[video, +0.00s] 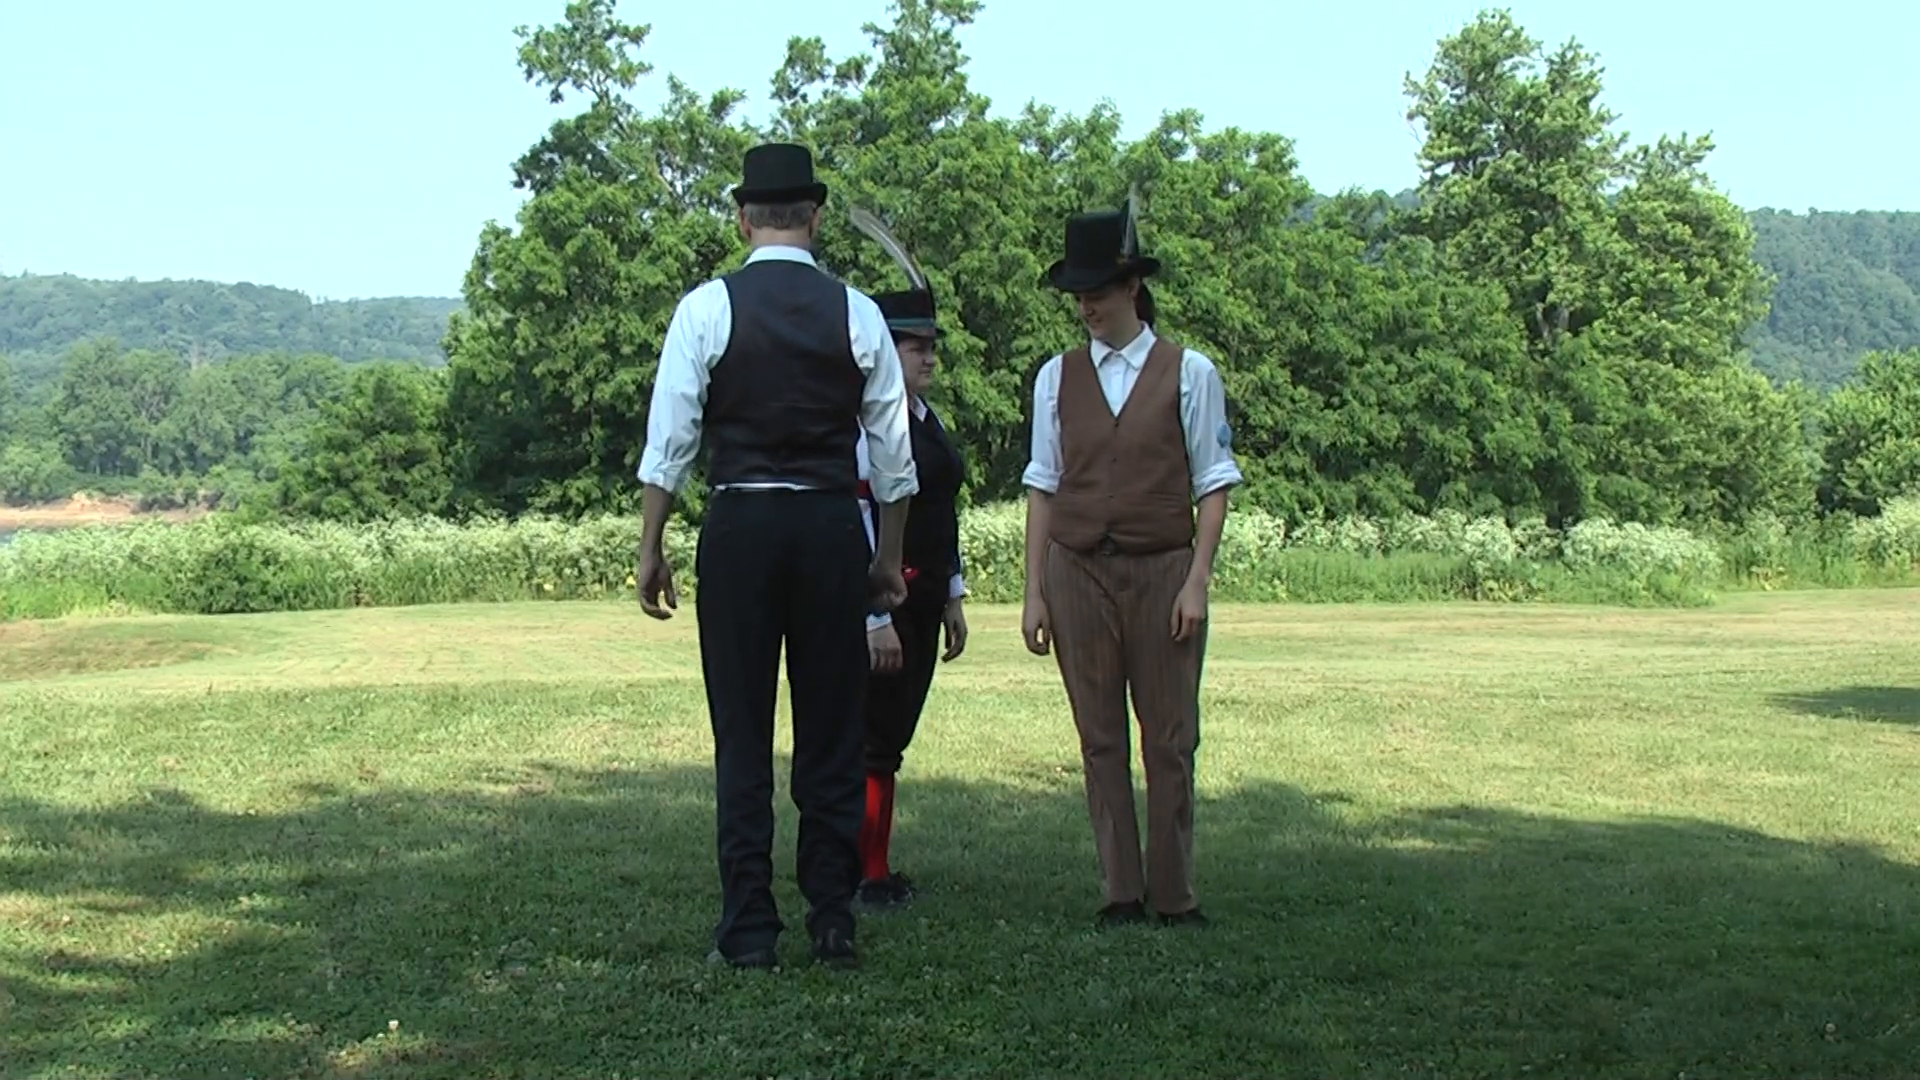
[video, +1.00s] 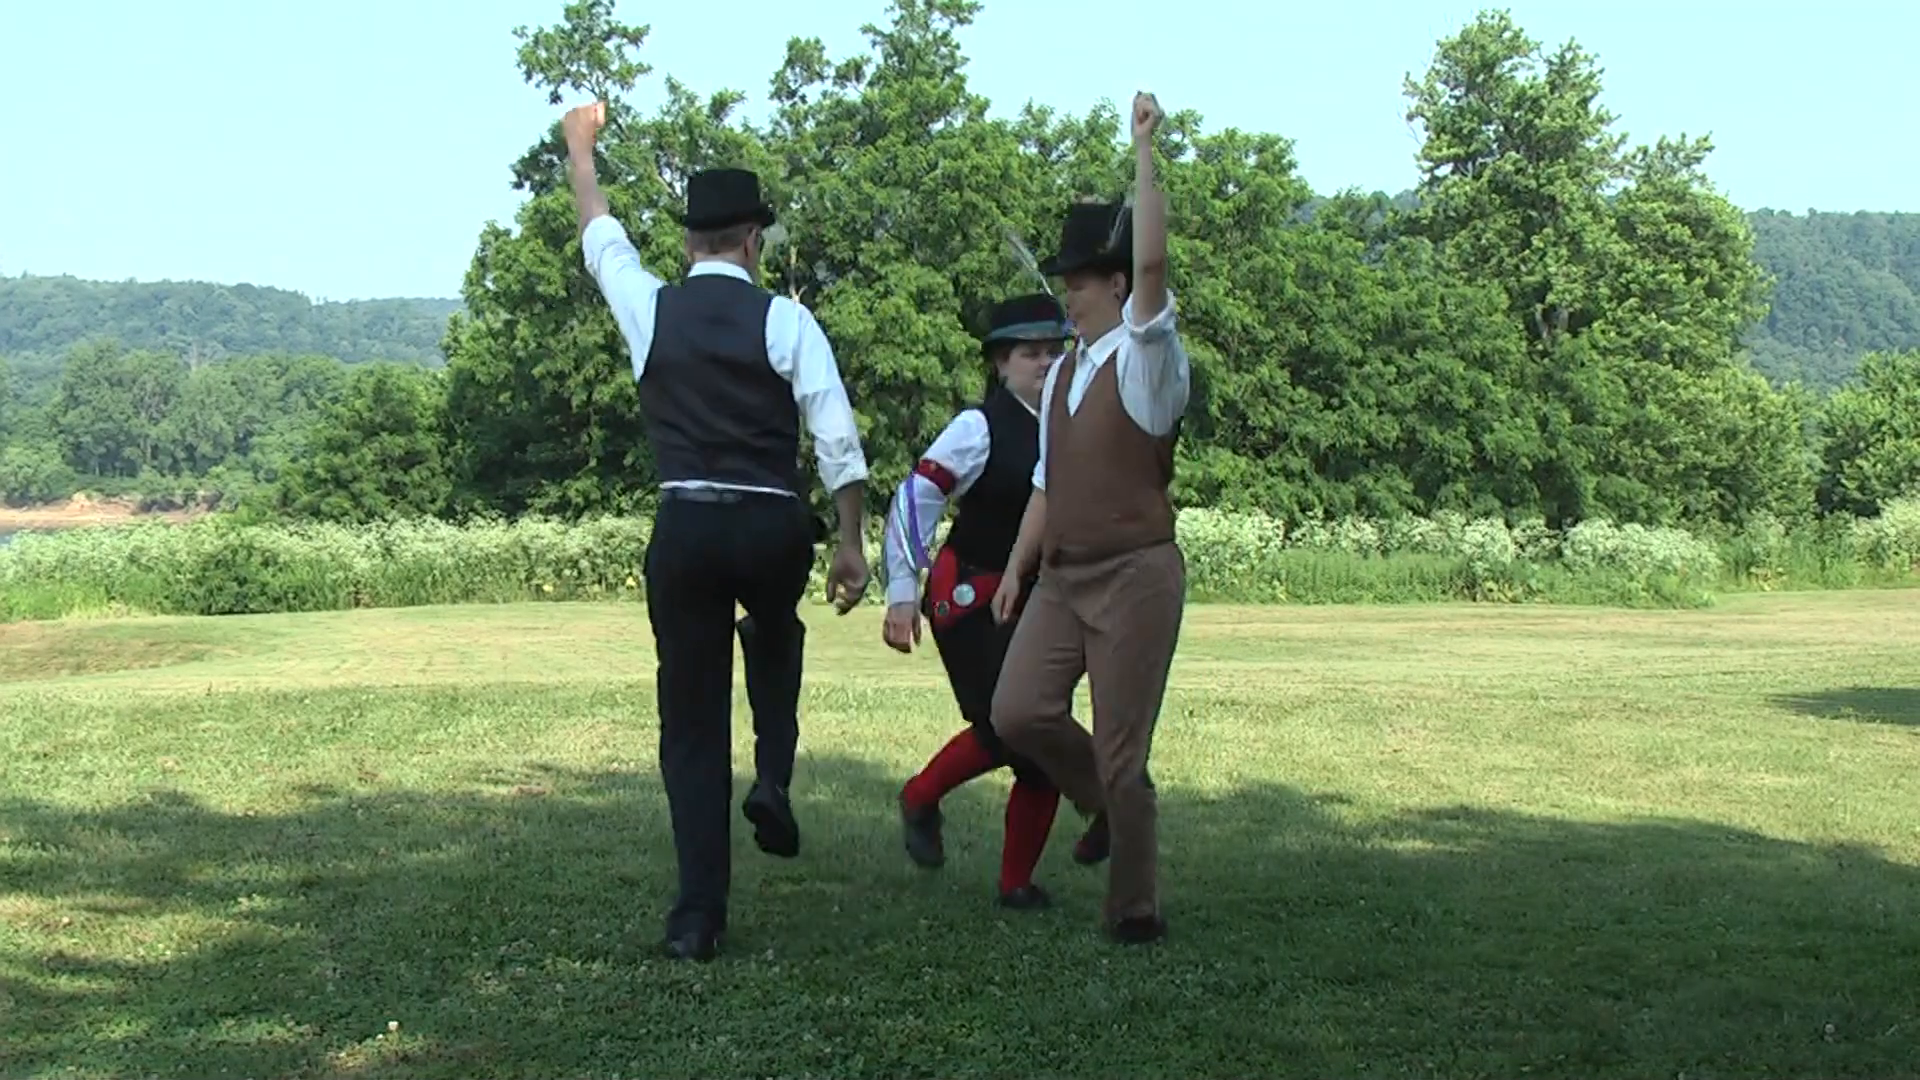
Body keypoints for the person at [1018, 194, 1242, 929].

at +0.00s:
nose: (1087, 306)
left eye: (1098, 293)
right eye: (1079, 296)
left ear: (1135, 288)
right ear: (1074, 299)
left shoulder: (1189, 372)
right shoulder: (1055, 377)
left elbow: (1215, 483)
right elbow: (1041, 489)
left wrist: (1198, 580)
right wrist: (1034, 591)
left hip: (1166, 575)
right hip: (1076, 577)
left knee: (1170, 744)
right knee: (1101, 745)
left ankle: (1173, 895)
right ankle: (1122, 894)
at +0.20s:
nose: (1084, 307)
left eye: (1096, 293)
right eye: (1075, 297)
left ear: (1132, 288)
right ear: (1069, 300)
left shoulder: (1187, 373)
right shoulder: (1053, 379)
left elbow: (1215, 486)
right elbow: (1039, 489)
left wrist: (1195, 581)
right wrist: (1031, 592)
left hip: (1163, 577)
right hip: (1074, 578)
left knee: (1169, 745)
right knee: (1099, 745)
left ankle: (1173, 895)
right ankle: (1121, 895)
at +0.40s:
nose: (1082, 309)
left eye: (1094, 295)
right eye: (1074, 299)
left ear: (1130, 290)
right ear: (1068, 303)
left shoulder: (1184, 376)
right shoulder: (1051, 380)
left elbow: (1221, 482)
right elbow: (1037, 492)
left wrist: (1186, 491)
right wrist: (1028, 593)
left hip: (1158, 579)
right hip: (1070, 579)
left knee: (1161, 746)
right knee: (1094, 746)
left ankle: (1174, 872)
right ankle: (1116, 896)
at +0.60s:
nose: (1083, 311)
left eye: (1096, 296)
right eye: (1074, 301)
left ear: (1132, 291)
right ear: (1068, 304)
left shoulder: (1178, 368)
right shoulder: (1050, 379)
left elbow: (1236, 420)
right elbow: (1037, 491)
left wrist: (1197, 328)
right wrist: (1028, 592)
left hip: (1156, 569)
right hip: (1069, 571)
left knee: (1131, 715)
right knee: (1091, 743)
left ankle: (1159, 769)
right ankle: (1114, 894)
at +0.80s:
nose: (1081, 308)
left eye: (1094, 293)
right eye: (1074, 295)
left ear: (1134, 291)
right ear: (1067, 297)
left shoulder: (1175, 363)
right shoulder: (1056, 371)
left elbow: (1215, 296)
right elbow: (1037, 485)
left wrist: (1192, 198)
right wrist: (1026, 586)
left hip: (1148, 577)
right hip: (1068, 578)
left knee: (1115, 749)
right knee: (1083, 751)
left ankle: (1142, 908)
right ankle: (1116, 899)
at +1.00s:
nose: (1066, 295)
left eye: (1077, 282)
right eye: (1063, 284)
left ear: (1117, 281)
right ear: (1071, 290)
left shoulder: (1147, 351)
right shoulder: (1063, 370)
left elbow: (1150, 263)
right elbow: (1044, 482)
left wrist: (1144, 152)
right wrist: (1018, 567)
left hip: (1136, 577)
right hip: (1061, 580)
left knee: (1119, 756)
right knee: (1019, 716)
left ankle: (1136, 916)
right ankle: (1112, 803)